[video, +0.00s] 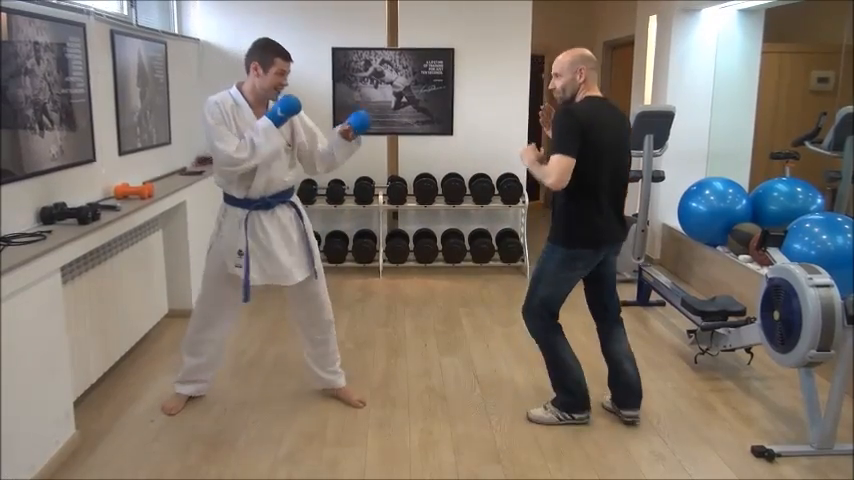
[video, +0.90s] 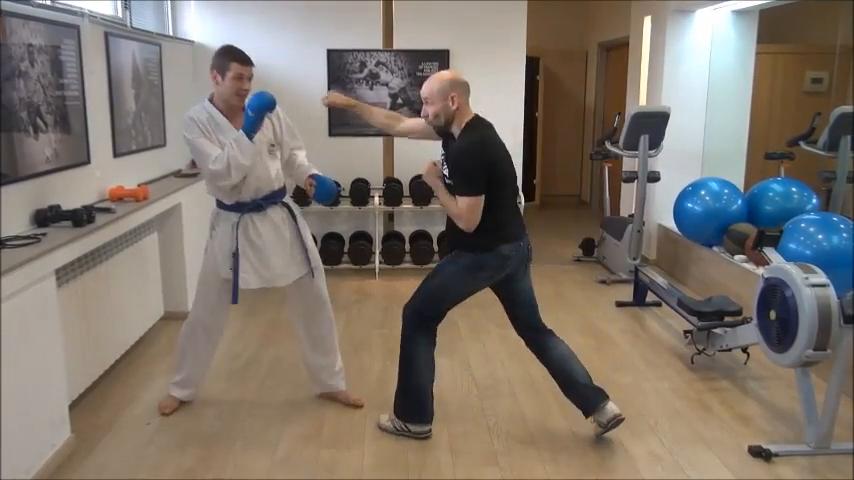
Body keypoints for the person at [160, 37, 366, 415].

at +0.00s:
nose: (284, 82)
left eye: (287, 75)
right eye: (279, 73)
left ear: (267, 73)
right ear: (255, 69)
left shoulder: (286, 111)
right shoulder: (219, 107)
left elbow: (319, 161)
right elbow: (233, 160)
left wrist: (344, 136)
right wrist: (272, 120)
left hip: (286, 215)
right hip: (238, 218)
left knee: (316, 303)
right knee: (212, 304)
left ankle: (332, 379)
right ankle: (189, 385)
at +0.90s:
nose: (246, 86)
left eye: (249, 80)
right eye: (238, 79)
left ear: (253, 82)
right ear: (215, 78)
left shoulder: (268, 113)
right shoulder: (197, 121)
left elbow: (292, 156)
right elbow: (222, 175)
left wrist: (312, 179)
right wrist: (248, 130)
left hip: (281, 216)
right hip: (232, 222)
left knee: (315, 299)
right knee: (206, 311)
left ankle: (330, 382)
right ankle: (182, 388)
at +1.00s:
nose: (230, 93)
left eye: (234, 86)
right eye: (222, 85)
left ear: (237, 87)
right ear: (199, 85)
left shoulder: (253, 117)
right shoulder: (186, 133)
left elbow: (287, 155)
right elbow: (214, 183)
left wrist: (308, 178)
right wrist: (240, 138)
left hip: (275, 220)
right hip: (226, 228)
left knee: (318, 298)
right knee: (198, 317)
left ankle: (331, 382)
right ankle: (176, 387)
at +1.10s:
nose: (229, 97)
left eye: (232, 90)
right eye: (222, 90)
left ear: (235, 91)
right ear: (198, 90)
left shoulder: (248, 123)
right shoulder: (181, 136)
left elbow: (278, 168)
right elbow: (203, 191)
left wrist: (297, 179)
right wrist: (232, 146)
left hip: (265, 224)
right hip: (216, 232)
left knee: (316, 299)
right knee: (189, 320)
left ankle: (333, 383)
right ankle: (175, 388)